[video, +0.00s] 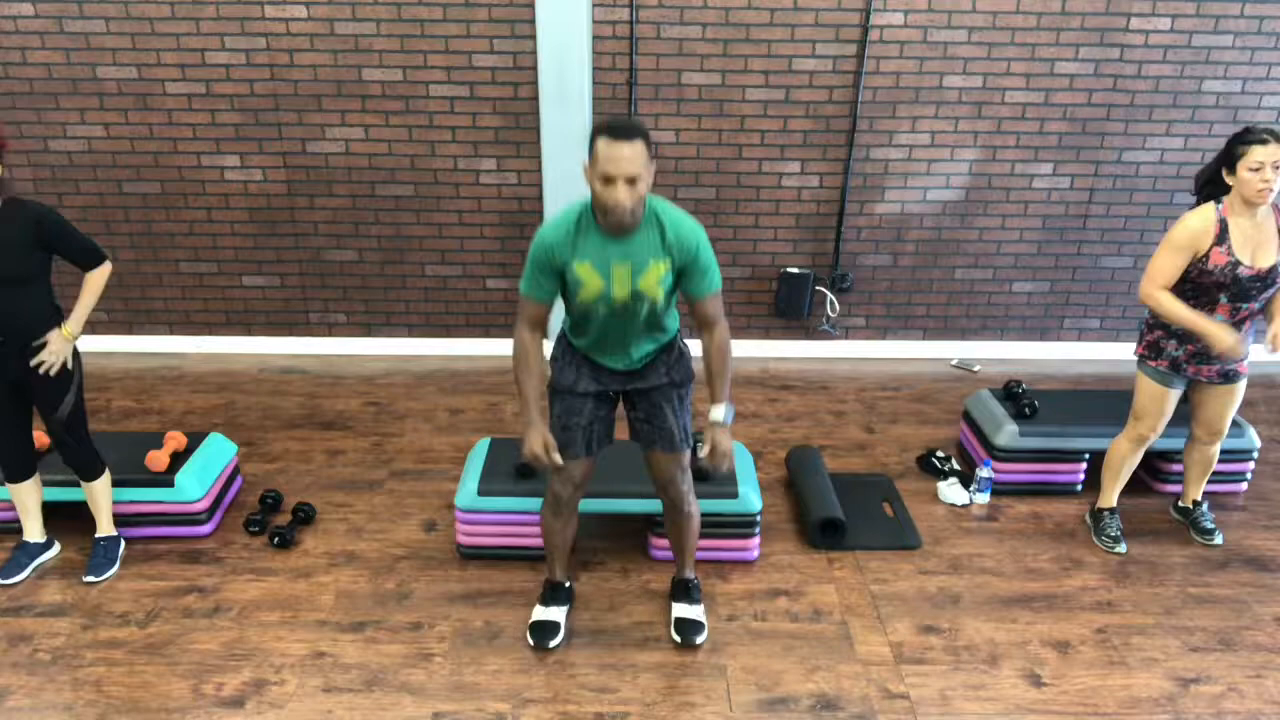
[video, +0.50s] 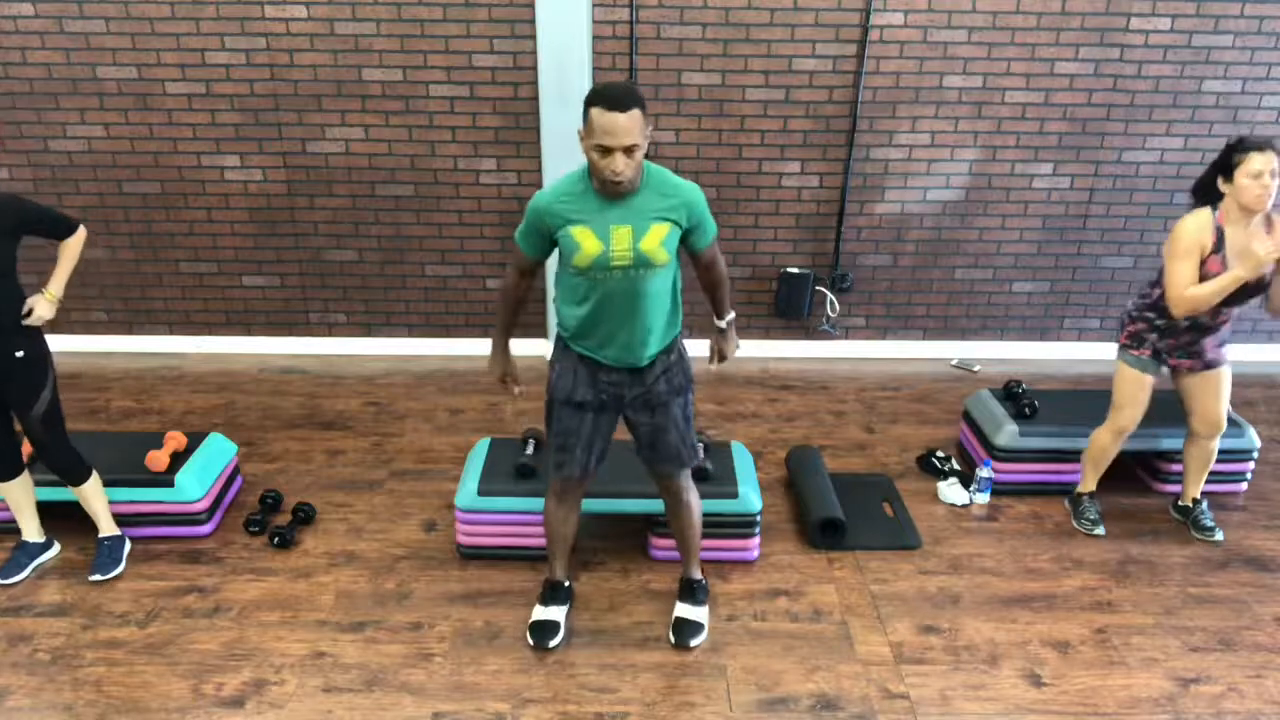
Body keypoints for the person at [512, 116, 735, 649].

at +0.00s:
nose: (621, 195)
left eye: (633, 181)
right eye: (608, 181)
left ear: (650, 176)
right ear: (589, 175)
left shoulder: (683, 237)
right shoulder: (555, 240)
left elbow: (714, 326)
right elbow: (529, 329)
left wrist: (718, 417)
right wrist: (533, 421)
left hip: (658, 360)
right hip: (582, 361)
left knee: (674, 480)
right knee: (564, 481)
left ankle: (686, 582)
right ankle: (556, 586)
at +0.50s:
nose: (618, 165)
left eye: (630, 151)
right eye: (605, 151)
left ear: (647, 141)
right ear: (584, 141)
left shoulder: (681, 198)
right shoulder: (550, 207)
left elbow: (710, 263)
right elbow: (520, 275)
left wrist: (724, 323)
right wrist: (501, 346)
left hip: (657, 366)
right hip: (579, 364)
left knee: (675, 477)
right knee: (565, 481)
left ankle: (693, 582)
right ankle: (556, 586)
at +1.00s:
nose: (621, 354)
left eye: (633, 339)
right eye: (608, 340)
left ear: (649, 321)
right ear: (591, 323)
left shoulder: (680, 341)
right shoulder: (565, 350)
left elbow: (699, 435)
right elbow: (560, 452)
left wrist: (678, 463)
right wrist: (583, 468)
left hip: (659, 413)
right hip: (591, 413)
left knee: (688, 499)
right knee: (558, 505)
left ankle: (695, 586)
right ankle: (554, 589)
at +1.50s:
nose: (626, 357)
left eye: (637, 343)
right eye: (613, 342)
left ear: (655, 333)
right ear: (594, 331)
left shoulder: (681, 371)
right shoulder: (565, 374)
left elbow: (708, 473)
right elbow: (547, 474)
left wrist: (682, 477)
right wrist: (580, 476)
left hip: (660, 437)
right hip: (590, 440)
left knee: (686, 513)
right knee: (559, 513)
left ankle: (696, 590)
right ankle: (554, 591)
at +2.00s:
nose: (619, 180)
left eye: (631, 166)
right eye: (605, 166)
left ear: (649, 150)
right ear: (585, 151)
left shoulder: (678, 197)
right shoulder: (550, 203)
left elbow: (728, 256)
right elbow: (502, 266)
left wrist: (758, 315)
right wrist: (474, 329)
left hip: (658, 366)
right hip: (580, 364)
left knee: (676, 478)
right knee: (564, 480)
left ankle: (696, 582)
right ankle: (556, 585)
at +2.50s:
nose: (623, 192)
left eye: (635, 177)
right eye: (609, 178)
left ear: (652, 161)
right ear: (587, 162)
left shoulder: (685, 211)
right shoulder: (551, 220)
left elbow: (715, 286)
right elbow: (525, 296)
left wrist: (732, 360)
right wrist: (510, 368)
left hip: (660, 364)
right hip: (583, 364)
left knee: (677, 477)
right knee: (566, 481)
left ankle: (697, 583)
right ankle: (553, 586)